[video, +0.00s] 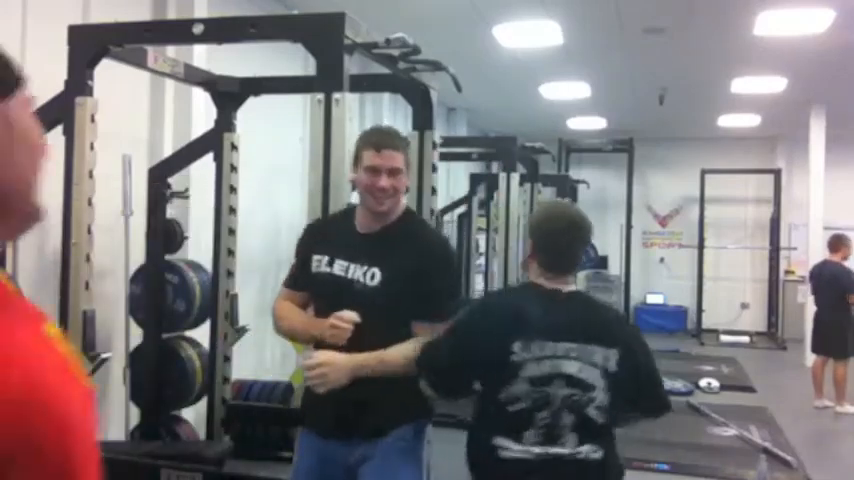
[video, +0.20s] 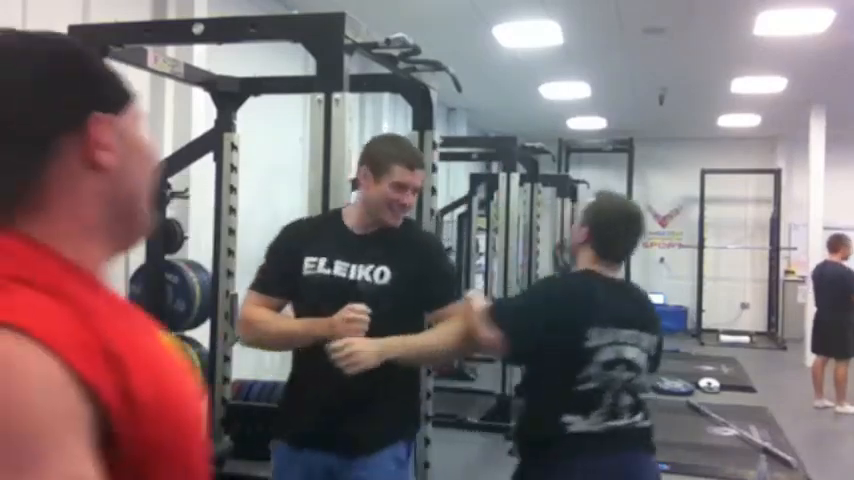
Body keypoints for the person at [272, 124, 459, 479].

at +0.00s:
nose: (383, 183)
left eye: (393, 173)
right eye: (373, 172)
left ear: (407, 178)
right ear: (354, 175)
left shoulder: (431, 250)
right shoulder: (320, 234)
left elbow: (434, 345)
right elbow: (284, 311)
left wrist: (353, 365)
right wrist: (319, 328)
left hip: (393, 429)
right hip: (322, 424)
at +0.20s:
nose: (408, 201)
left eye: (416, 191)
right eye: (398, 188)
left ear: (421, 190)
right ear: (363, 178)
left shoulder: (423, 249)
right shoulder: (301, 238)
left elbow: (459, 331)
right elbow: (249, 324)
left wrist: (381, 349)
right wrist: (327, 327)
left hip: (383, 443)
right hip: (304, 435)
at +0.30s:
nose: (403, 199)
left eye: (409, 190)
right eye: (393, 187)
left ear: (415, 190)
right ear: (356, 180)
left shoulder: (418, 252)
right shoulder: (290, 243)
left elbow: (494, 307)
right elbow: (237, 325)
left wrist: (422, 346)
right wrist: (324, 335)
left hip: (382, 452)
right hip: (299, 448)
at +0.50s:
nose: (361, 186)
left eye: (372, 177)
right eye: (349, 174)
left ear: (382, 183)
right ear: (324, 173)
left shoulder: (409, 259)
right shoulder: (289, 252)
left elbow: (478, 329)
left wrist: (422, 387)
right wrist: (322, 341)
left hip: (384, 456)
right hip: (302, 450)